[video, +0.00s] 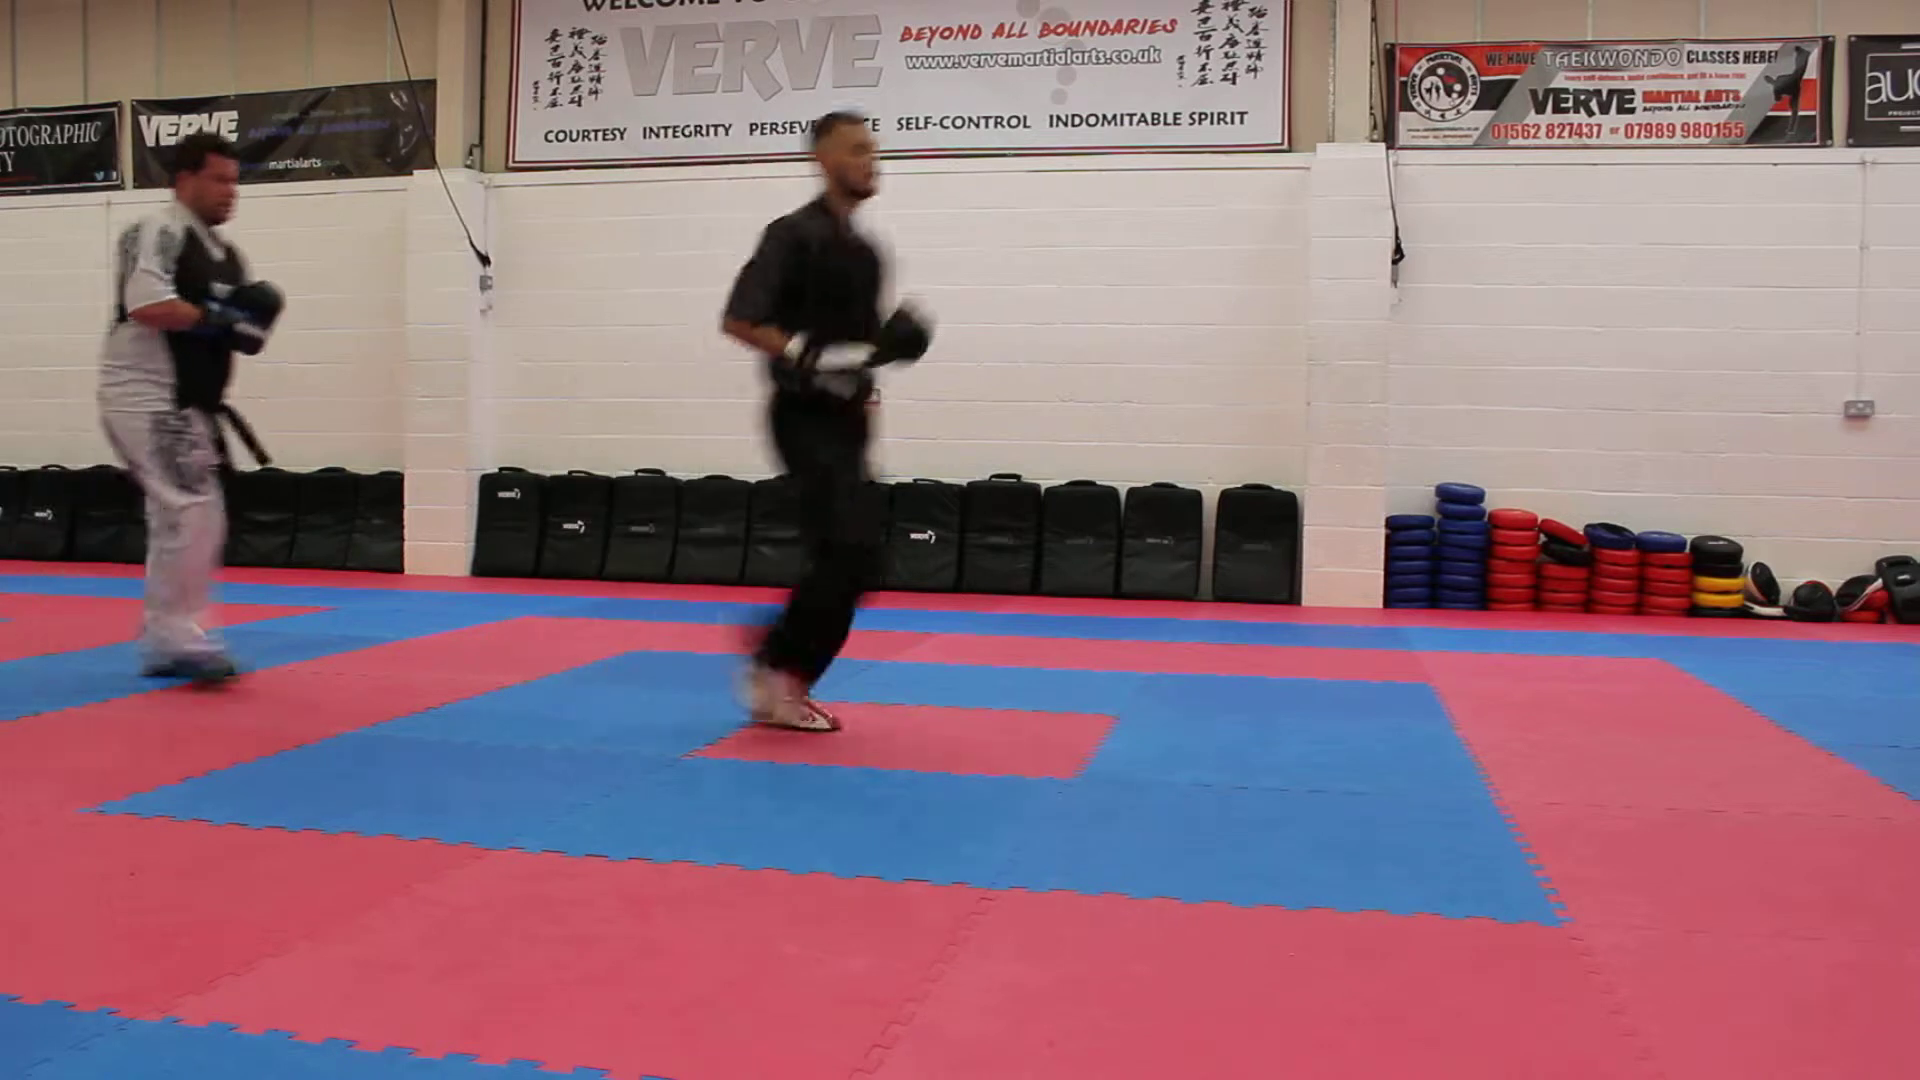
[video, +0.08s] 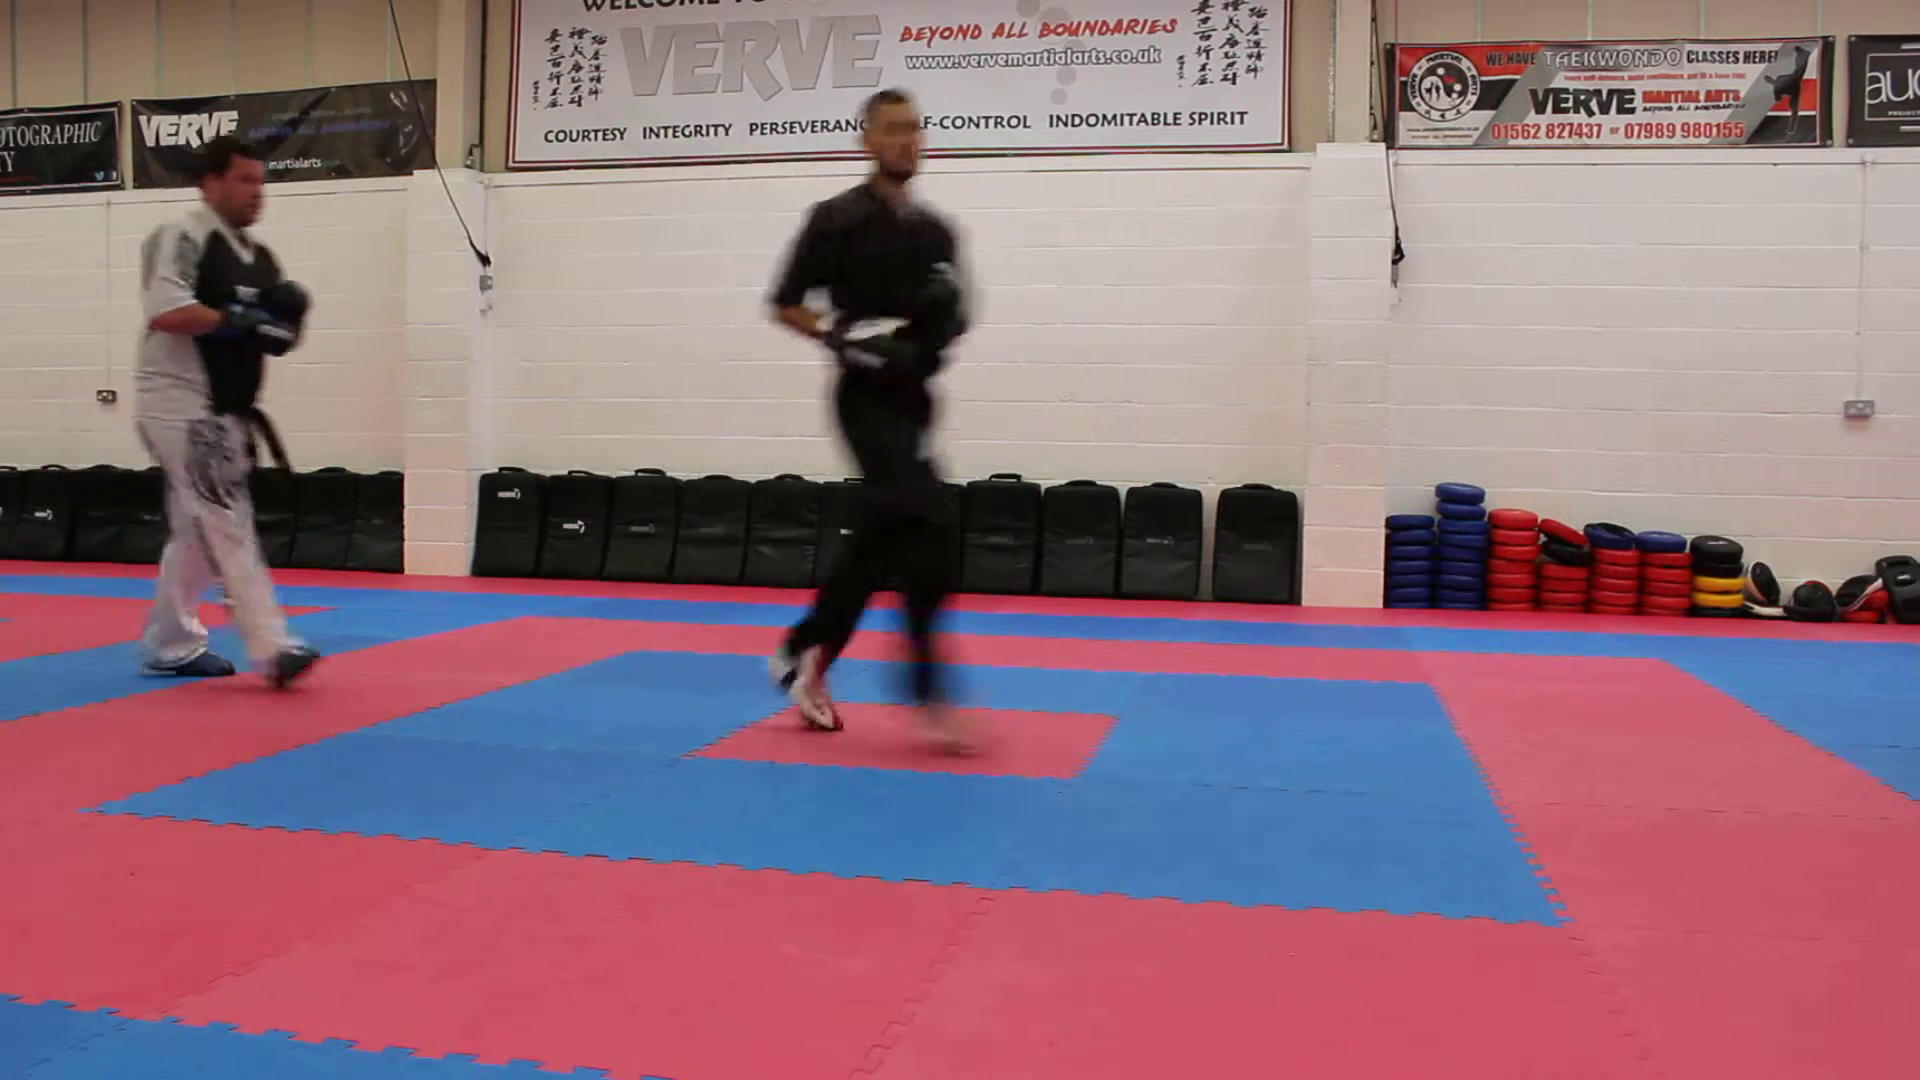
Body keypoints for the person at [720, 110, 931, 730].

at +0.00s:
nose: (871, 163)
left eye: (873, 151)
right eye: (857, 151)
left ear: (870, 160)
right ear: (823, 159)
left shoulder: (864, 249)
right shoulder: (792, 235)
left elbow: (852, 331)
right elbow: (740, 321)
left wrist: (890, 337)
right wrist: (805, 351)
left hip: (846, 413)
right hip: (802, 411)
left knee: (849, 545)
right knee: (845, 541)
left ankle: (789, 686)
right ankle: (775, 669)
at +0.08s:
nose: (907, 143)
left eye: (913, 131)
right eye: (894, 131)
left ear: (923, 139)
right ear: (866, 138)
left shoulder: (933, 230)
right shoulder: (837, 219)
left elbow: (953, 311)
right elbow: (784, 303)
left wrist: (921, 336)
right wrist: (832, 335)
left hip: (912, 391)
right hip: (864, 389)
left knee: (889, 526)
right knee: (916, 518)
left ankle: (809, 657)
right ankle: (930, 698)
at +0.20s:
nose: (961, 143)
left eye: (971, 131)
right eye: (951, 133)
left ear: (995, 139)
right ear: (938, 145)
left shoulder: (1026, 231)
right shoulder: (919, 234)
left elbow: (1065, 314)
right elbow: (887, 314)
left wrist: (1036, 340)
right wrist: (918, 360)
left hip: (1012, 402)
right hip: (958, 405)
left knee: (1010, 548)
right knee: (1008, 546)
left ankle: (915, 618)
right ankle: (1067, 705)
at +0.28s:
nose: (1002, 156)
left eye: (1013, 142)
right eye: (995, 146)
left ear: (1045, 148)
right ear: (988, 157)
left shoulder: (1085, 242)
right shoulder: (974, 250)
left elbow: (1131, 334)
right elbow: (946, 348)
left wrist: (1094, 352)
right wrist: (974, 385)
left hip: (1077, 415)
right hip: (1018, 421)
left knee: (1100, 556)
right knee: (1058, 558)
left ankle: (1084, 709)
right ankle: (1073, 714)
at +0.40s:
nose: (1063, 128)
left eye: (1075, 114)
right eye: (1058, 118)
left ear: (1115, 116)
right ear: (1057, 129)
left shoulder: (1170, 209)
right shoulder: (1049, 221)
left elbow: (1214, 303)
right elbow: (1044, 322)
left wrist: (1165, 325)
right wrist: (1074, 335)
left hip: (1165, 394)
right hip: (1094, 397)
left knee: (1197, 530)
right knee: (1086, 545)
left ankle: (1226, 666)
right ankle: (1082, 701)